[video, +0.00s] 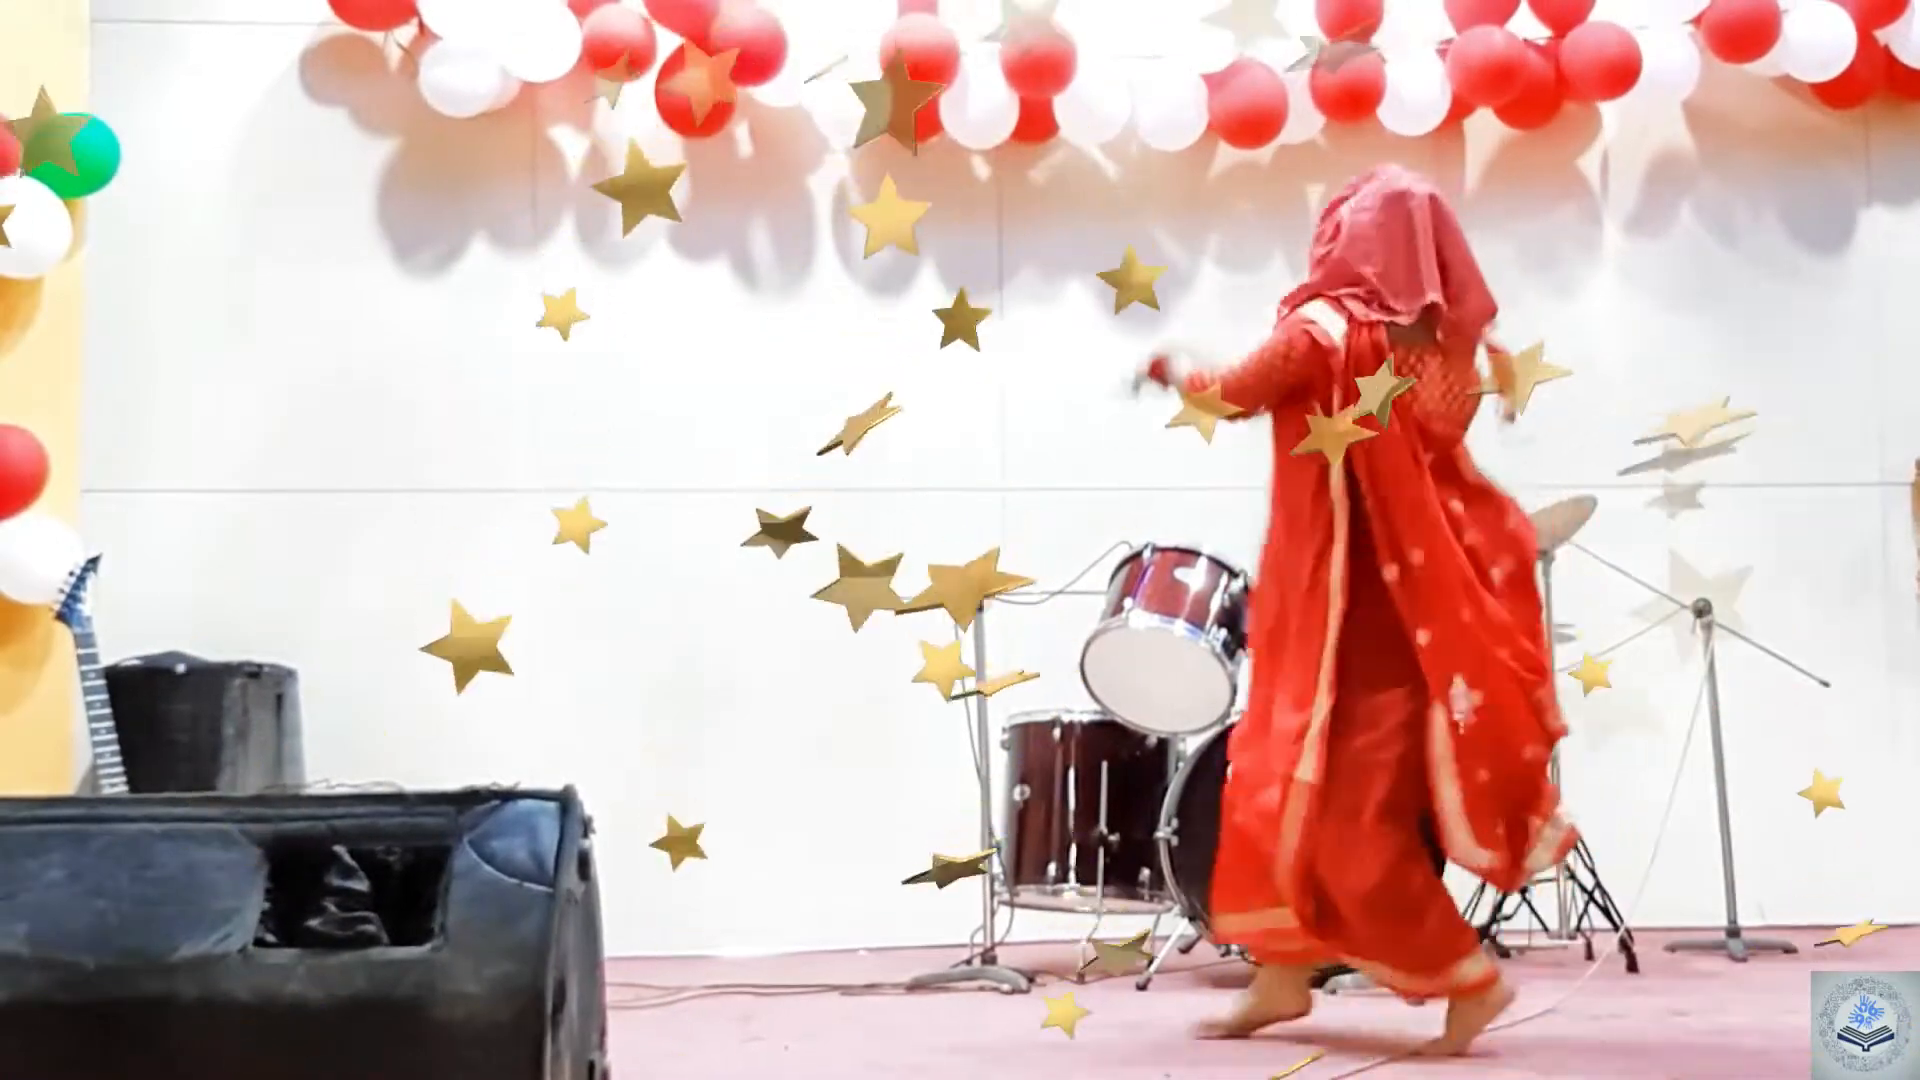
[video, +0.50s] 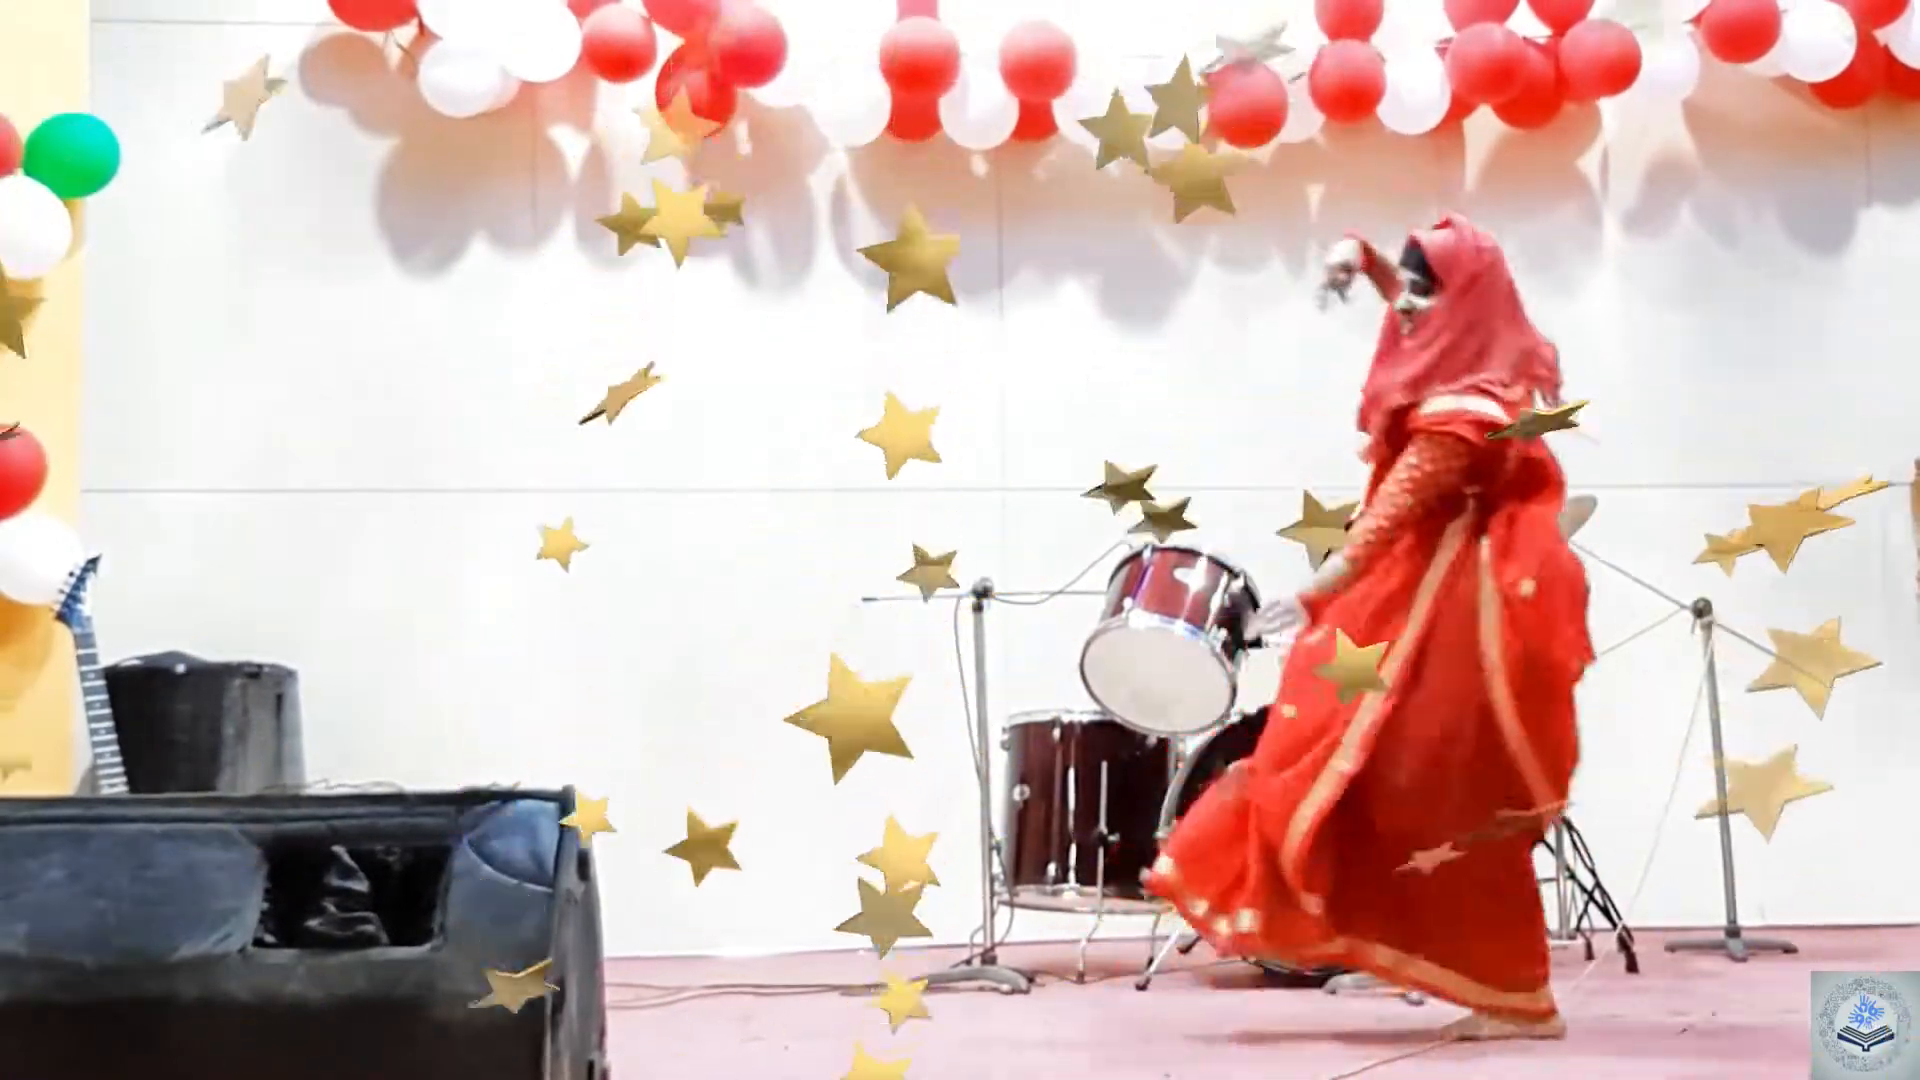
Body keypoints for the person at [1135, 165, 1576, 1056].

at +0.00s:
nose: (1320, 238)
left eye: (1332, 224)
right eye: (1329, 223)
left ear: (1351, 241)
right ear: (1426, 250)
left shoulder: (1325, 327)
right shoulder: (1451, 347)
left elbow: (1243, 387)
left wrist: (1179, 373)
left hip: (1358, 623)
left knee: (1344, 817)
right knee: (1281, 786)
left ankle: (1470, 976)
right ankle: (1282, 974)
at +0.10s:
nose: (1322, 286)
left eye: (1334, 272)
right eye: (1330, 271)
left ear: (1355, 284)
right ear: (1426, 298)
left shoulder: (1339, 360)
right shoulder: (1435, 406)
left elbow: (1232, 376)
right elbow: (1407, 525)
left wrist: (1174, 332)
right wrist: (1483, 567)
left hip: (1301, 625)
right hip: (1369, 630)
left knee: (1258, 810)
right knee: (1290, 810)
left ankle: (1469, 951)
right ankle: (1283, 993)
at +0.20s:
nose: (1333, 299)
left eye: (1342, 286)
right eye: (1339, 285)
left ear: (1365, 293)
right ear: (1428, 300)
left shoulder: (1364, 376)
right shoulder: (1425, 401)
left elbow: (1276, 407)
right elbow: (1333, 486)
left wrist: (1175, 383)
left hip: (1304, 621)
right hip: (1354, 621)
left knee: (1231, 795)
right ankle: (1276, 997)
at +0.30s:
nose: (1343, 272)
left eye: (1353, 257)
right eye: (1346, 256)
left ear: (1388, 266)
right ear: (1425, 266)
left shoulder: (1385, 374)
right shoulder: (1442, 370)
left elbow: (1289, 448)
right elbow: (1342, 386)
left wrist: (1168, 473)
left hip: (1344, 609)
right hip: (1376, 601)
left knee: (1357, 797)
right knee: (1256, 779)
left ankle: (1496, 970)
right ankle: (1271, 973)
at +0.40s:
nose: (1370, 271)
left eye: (1381, 256)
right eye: (1372, 255)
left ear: (1421, 276)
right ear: (1439, 275)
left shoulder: (1426, 384)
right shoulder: (1425, 337)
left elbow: (1348, 488)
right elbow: (1381, 314)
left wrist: (1250, 558)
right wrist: (1314, 276)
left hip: (1435, 598)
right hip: (1392, 592)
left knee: (1436, 789)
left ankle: (1517, 984)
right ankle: (1334, 948)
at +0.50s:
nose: (1405, 302)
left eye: (1421, 288)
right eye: (1405, 285)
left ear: (1459, 306)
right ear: (1462, 308)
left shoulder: (1461, 420)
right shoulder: (1456, 391)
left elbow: (1383, 527)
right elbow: (1420, 314)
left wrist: (1301, 598)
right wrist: (1374, 265)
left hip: (1476, 642)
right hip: (1471, 637)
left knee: (1468, 813)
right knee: (1471, 813)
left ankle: (1518, 996)